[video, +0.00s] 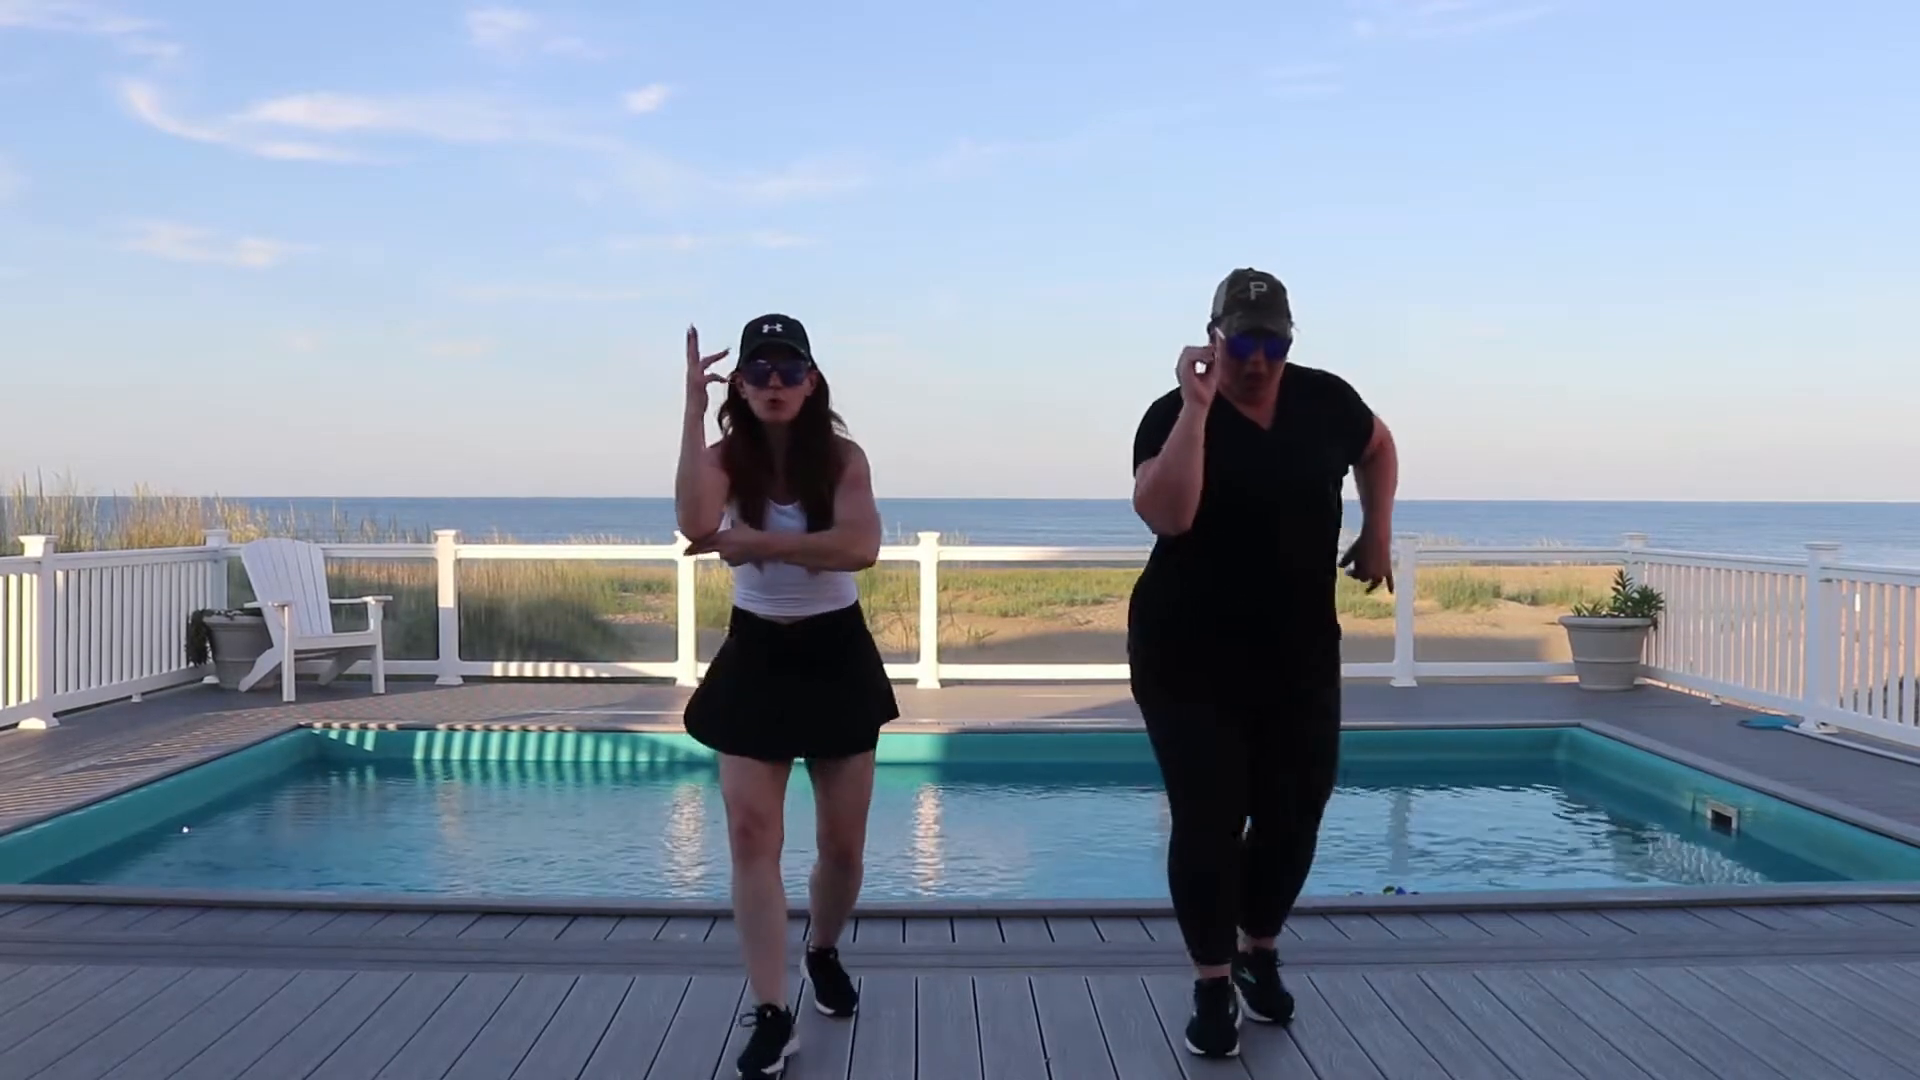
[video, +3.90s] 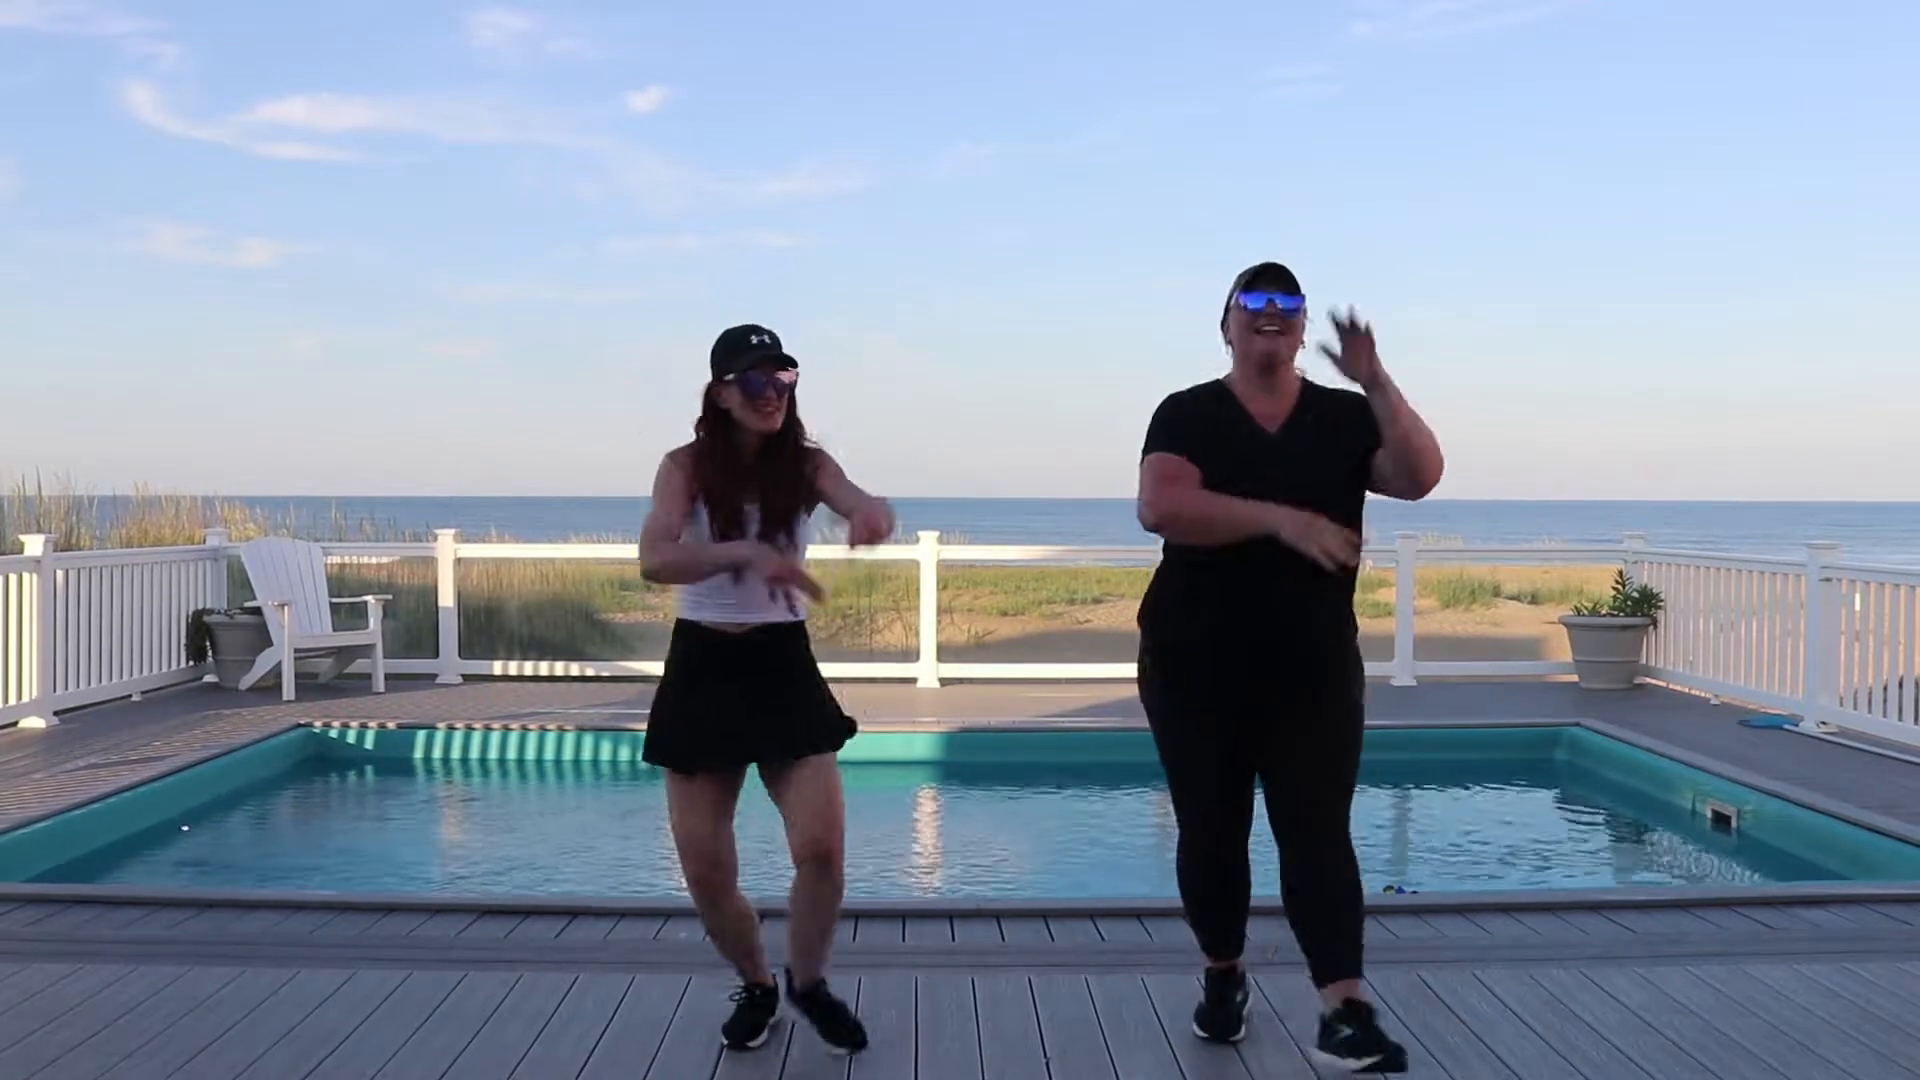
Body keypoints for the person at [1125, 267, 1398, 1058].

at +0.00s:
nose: (1260, 357)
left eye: (1273, 344)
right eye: (1245, 343)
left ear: (1289, 338)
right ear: (1215, 336)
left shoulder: (1327, 401)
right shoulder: (1170, 416)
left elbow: (1377, 449)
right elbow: (1167, 514)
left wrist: (1377, 533)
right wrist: (1196, 404)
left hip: (1297, 647)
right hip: (1189, 651)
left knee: (1295, 808)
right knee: (1207, 813)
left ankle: (1257, 948)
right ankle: (1212, 979)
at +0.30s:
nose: (1249, 323)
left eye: (1263, 312)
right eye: (1233, 311)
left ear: (1281, 325)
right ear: (1207, 323)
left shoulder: (1326, 407)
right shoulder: (1169, 401)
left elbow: (1409, 464)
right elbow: (1164, 488)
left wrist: (1415, 490)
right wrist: (1251, 516)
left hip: (1295, 651)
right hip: (1184, 651)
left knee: (1302, 808)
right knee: (1198, 813)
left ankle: (1263, 944)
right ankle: (1199, 958)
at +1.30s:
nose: (1286, 329)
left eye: (1299, 319)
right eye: (1270, 318)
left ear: (1315, 332)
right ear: (1239, 330)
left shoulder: (1356, 411)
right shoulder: (1203, 411)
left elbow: (1402, 503)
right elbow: (1193, 493)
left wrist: (1302, 526)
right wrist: (1242, 402)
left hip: (1331, 659)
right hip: (1225, 658)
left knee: (1308, 815)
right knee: (1232, 818)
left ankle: (1284, 959)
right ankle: (1220, 989)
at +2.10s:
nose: (1268, 327)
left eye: (1282, 316)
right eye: (1252, 316)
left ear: (1299, 331)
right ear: (1223, 330)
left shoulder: (1339, 416)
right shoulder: (1185, 418)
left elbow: (1394, 497)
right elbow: (1166, 509)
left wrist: (1329, 406)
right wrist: (1260, 476)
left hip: (1298, 658)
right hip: (1184, 661)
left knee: (1314, 824)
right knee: (1197, 819)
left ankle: (1311, 995)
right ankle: (1203, 976)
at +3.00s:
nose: (1286, 364)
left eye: (1298, 350)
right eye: (1271, 349)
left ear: (1313, 340)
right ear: (1238, 339)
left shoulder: (1353, 409)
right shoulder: (1195, 408)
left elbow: (1409, 489)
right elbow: (1179, 470)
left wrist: (1307, 498)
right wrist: (1230, 384)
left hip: (1327, 667)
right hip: (1216, 665)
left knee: (1301, 823)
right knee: (1222, 825)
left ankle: (1278, 974)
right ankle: (1214, 1000)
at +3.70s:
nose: (1269, 318)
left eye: (1284, 306)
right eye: (1254, 305)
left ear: (1304, 316)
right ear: (1229, 314)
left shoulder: (1346, 399)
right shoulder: (1186, 396)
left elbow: (1421, 475)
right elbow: (1165, 460)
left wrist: (1329, 488)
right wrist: (1264, 451)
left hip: (1321, 652)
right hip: (1206, 650)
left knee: (1306, 818)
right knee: (1211, 817)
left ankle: (1285, 966)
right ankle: (1220, 968)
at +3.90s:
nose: (1273, 321)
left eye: (1287, 312)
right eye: (1259, 309)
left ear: (1303, 331)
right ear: (1228, 324)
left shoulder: (1342, 418)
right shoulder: (1186, 414)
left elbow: (1420, 475)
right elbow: (1163, 505)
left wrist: (1377, 379)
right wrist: (1287, 520)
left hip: (1313, 664)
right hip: (1199, 664)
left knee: (1318, 828)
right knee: (1210, 830)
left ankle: (1344, 1003)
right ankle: (1222, 974)